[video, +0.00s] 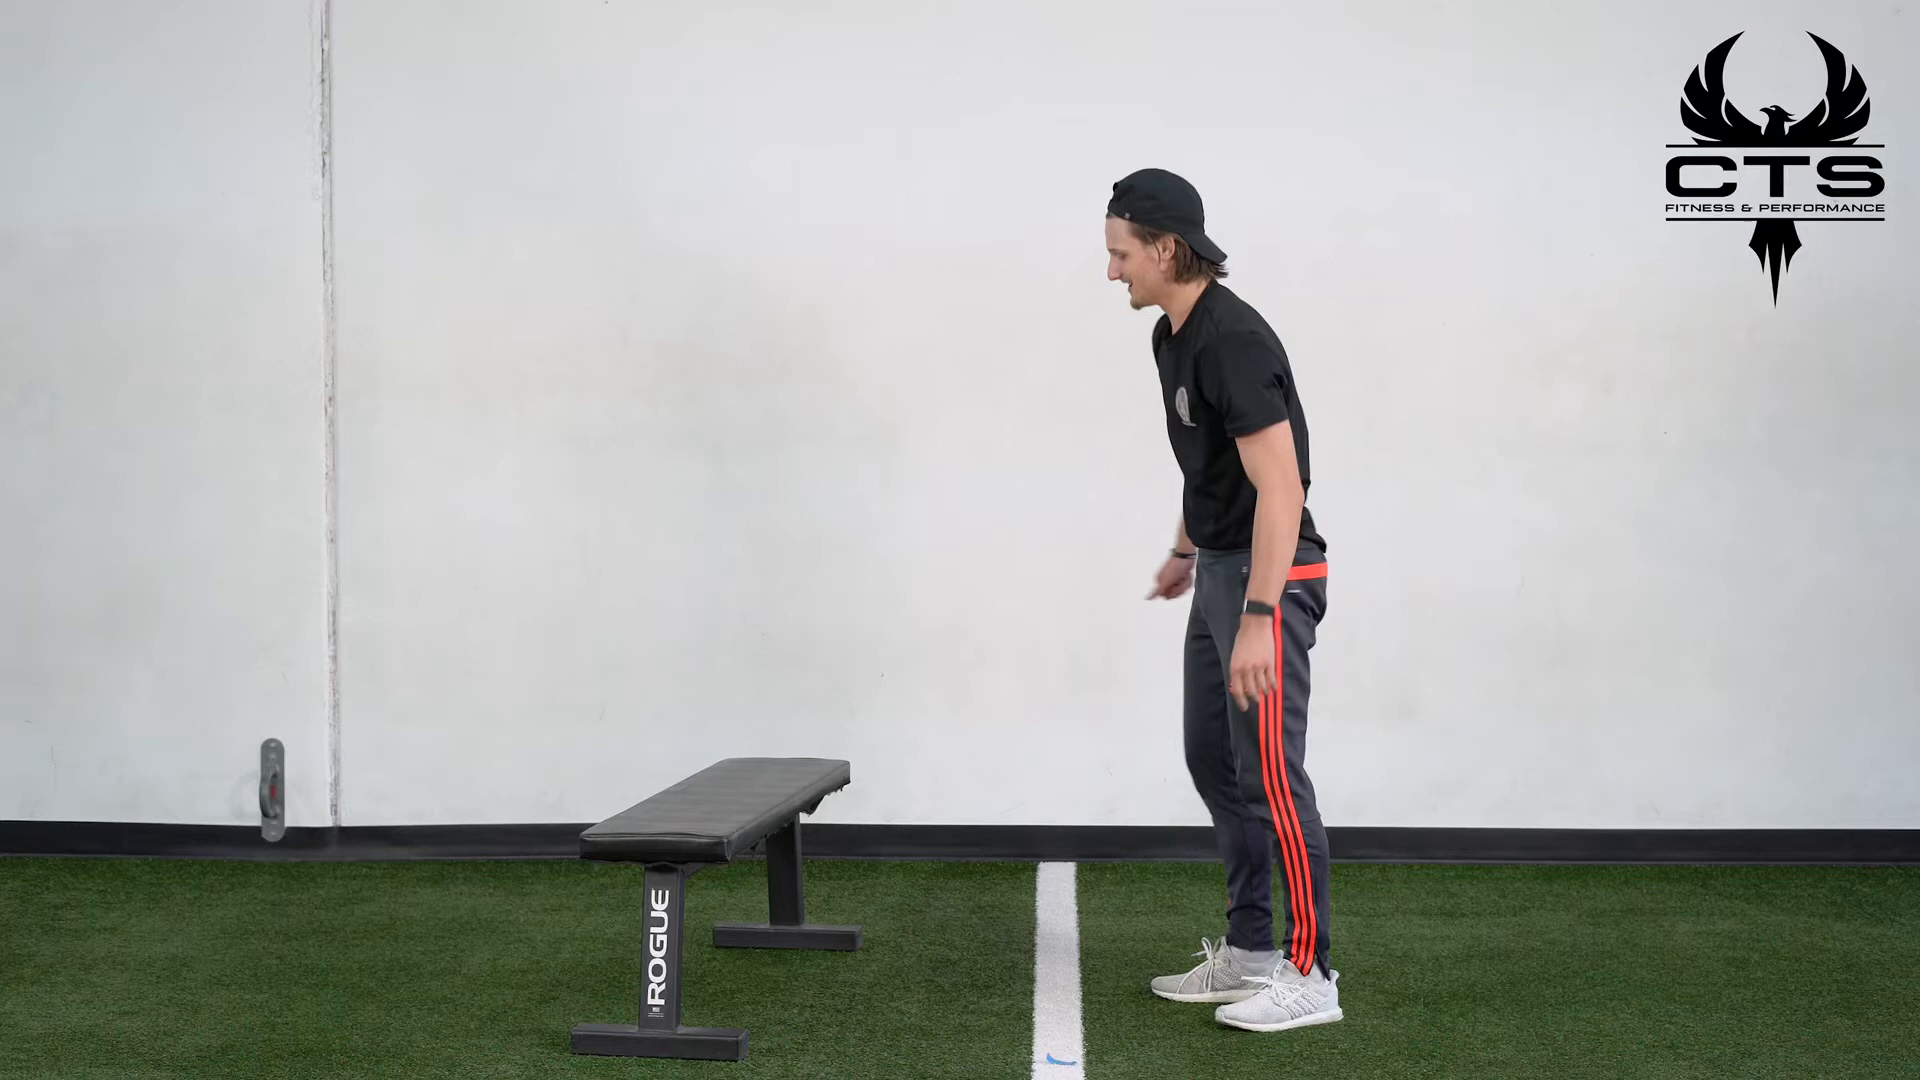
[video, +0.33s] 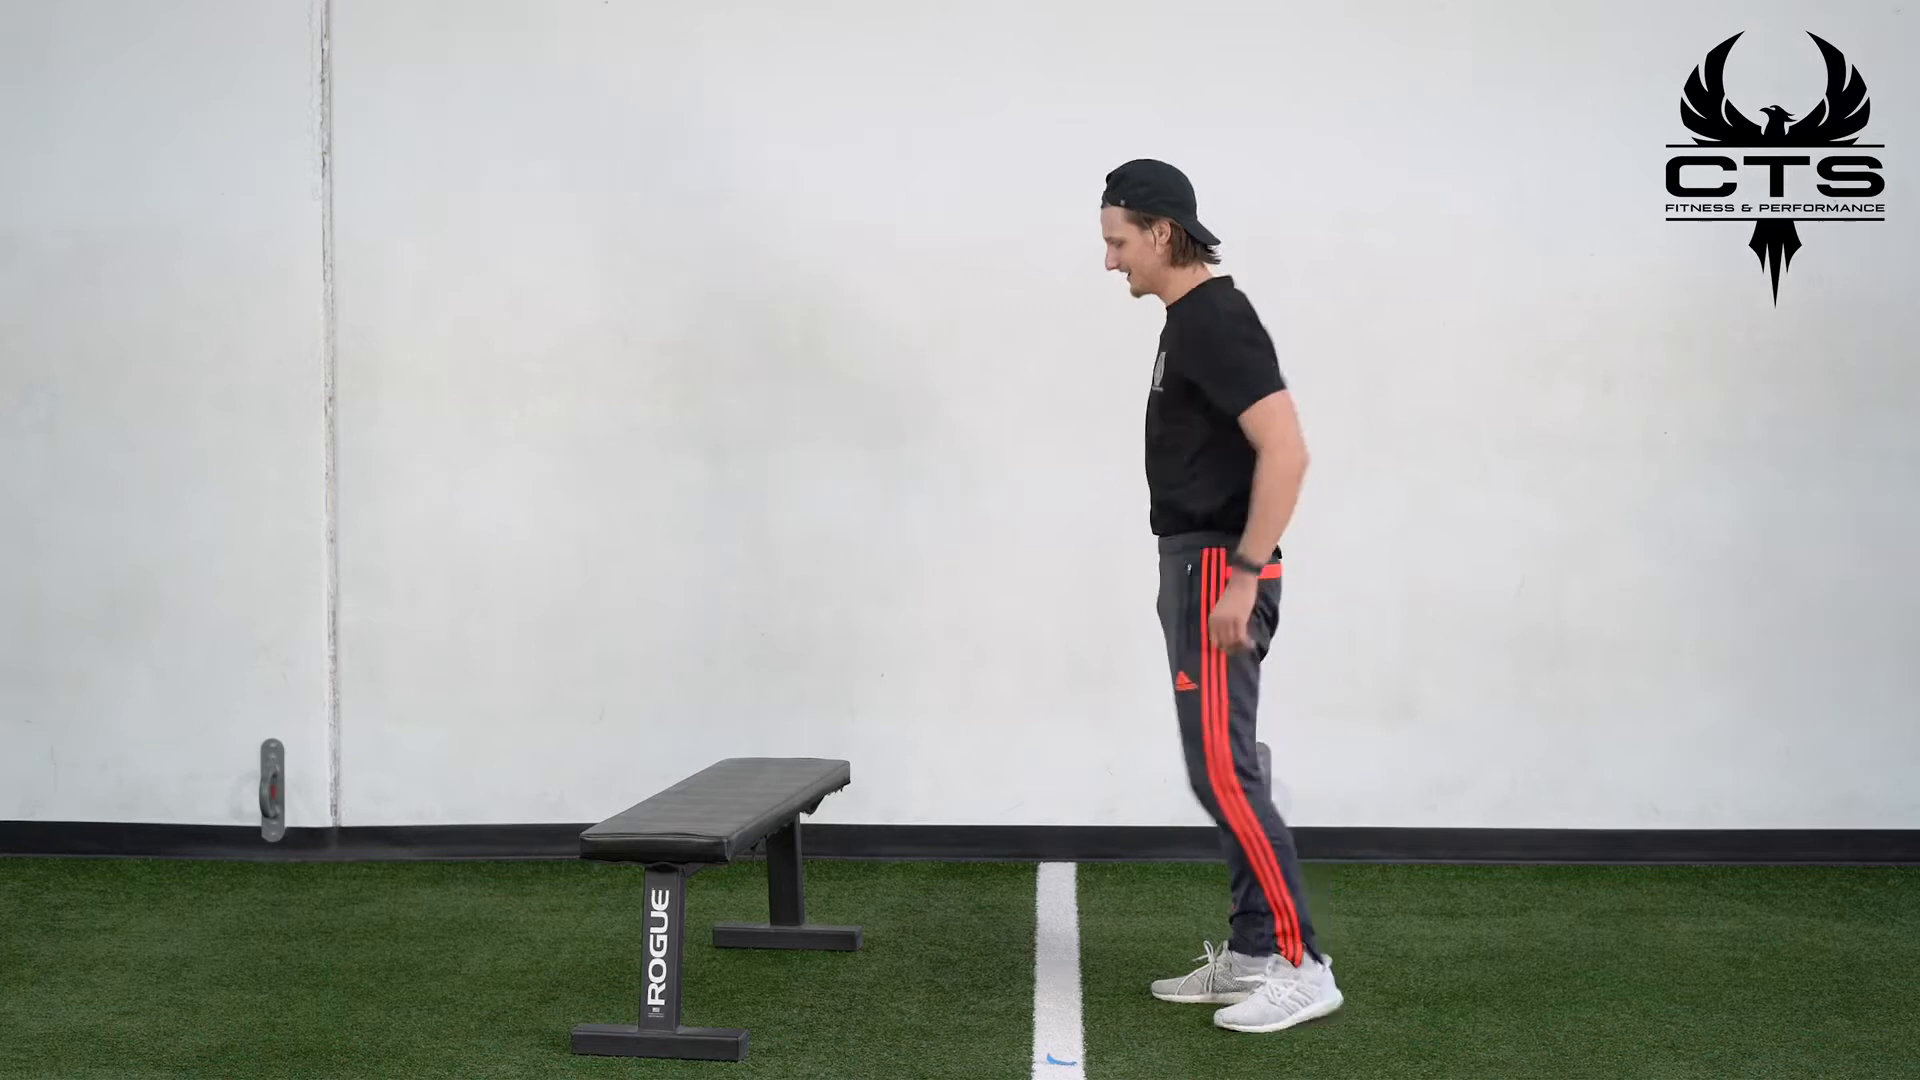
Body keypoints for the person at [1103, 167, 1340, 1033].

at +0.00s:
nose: (1111, 266)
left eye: (1120, 249)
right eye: (1110, 249)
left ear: (1167, 246)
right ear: (1163, 248)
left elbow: (1281, 487)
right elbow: (1209, 456)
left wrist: (1260, 616)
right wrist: (1187, 546)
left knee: (1268, 771)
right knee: (1214, 762)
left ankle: (1307, 977)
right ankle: (1252, 952)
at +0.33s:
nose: (1108, 256)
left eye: (1116, 239)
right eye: (1106, 240)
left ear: (1163, 232)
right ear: (1166, 236)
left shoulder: (1211, 317)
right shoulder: (1196, 315)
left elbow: (1284, 449)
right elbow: (1258, 450)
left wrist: (1245, 572)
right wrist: (1215, 571)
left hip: (1217, 565)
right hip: (1205, 563)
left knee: (1223, 772)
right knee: (1229, 768)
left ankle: (1303, 970)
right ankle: (1253, 954)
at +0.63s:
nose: (1087, 258)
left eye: (1094, 241)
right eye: (1084, 242)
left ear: (1139, 233)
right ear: (1139, 235)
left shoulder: (1183, 323)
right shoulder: (1180, 318)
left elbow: (1199, 465)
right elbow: (1204, 468)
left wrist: (1111, 563)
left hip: (1198, 563)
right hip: (1216, 565)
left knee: (1125, 754)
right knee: (1218, 766)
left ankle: (1175, 960)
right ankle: (1255, 957)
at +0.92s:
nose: (1012, 260)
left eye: (1020, 243)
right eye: (1011, 243)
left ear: (1066, 242)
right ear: (1074, 242)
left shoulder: (1108, 332)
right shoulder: (1124, 324)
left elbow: (1127, 481)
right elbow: (1141, 477)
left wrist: (1056, 593)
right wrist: (1096, 576)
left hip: (1141, 574)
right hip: (1173, 572)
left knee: (1084, 771)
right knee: (1166, 764)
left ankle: (1099, 980)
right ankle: (1242, 952)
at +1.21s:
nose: (908, 314)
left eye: (912, 295)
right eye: (904, 297)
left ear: (955, 282)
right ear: (959, 283)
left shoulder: (1010, 364)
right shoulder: (1034, 349)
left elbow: (1000, 525)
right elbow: (1068, 506)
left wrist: (937, 643)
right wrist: (1010, 606)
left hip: (1140, 570)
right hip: (1149, 565)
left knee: (1083, 770)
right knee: (1112, 768)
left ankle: (1102, 980)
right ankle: (1102, 961)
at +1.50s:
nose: (843, 435)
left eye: (846, 415)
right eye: (838, 418)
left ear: (887, 400)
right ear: (896, 400)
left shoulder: (946, 461)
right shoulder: (972, 450)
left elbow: (888, 621)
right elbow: (939, 605)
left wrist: (803, 717)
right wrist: (871, 685)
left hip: (1149, 579)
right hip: (1166, 573)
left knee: (1063, 772)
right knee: (1099, 774)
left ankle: (1099, 976)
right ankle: (1099, 964)